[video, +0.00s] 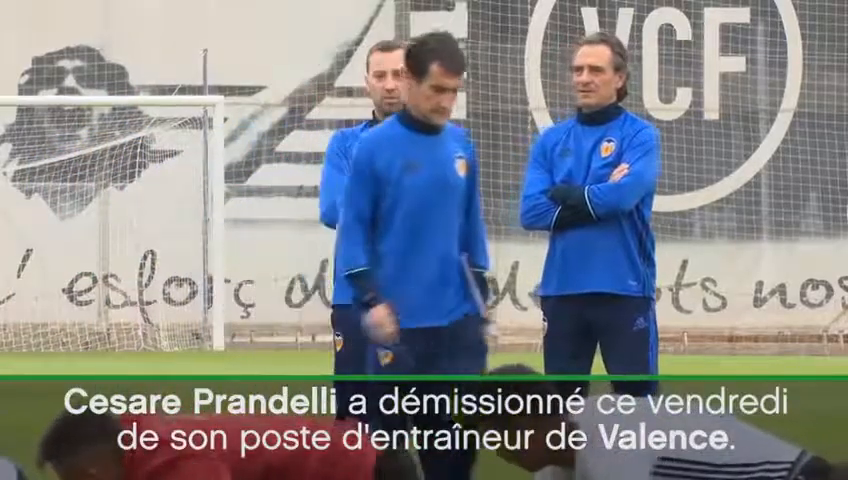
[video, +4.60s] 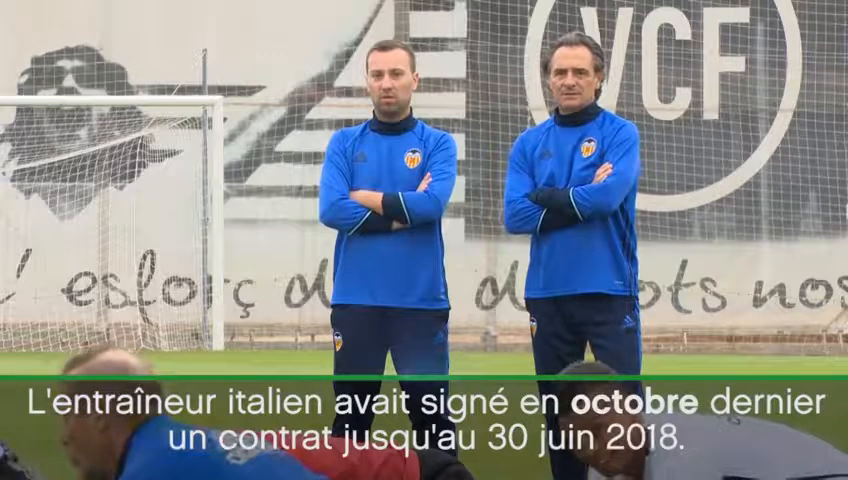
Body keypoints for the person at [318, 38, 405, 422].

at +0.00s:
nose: (389, 84)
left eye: (399, 74)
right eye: (380, 75)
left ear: (414, 80)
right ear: (367, 83)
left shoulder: (435, 141)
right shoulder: (346, 141)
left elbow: (448, 205)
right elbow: (331, 209)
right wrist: (393, 195)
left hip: (424, 293)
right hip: (358, 293)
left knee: (419, 407)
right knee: (356, 409)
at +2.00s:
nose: (386, 84)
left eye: (396, 75)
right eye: (376, 76)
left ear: (414, 82)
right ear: (366, 84)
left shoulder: (438, 142)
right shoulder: (343, 142)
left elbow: (433, 207)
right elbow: (332, 211)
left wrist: (361, 196)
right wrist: (407, 209)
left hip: (421, 300)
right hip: (357, 299)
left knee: (431, 415)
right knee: (351, 416)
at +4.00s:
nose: (386, 84)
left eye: (396, 75)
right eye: (377, 76)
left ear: (415, 81)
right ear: (368, 84)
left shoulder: (438, 143)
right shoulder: (344, 141)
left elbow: (431, 206)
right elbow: (331, 209)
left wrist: (360, 195)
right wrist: (402, 215)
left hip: (420, 302)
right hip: (356, 301)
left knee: (432, 419)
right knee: (351, 418)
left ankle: (440, 478)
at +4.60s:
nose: (386, 84)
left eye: (396, 74)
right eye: (377, 76)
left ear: (415, 81)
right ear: (368, 84)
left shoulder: (438, 142)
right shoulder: (344, 141)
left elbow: (431, 207)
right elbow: (331, 209)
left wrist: (359, 195)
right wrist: (402, 214)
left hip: (420, 302)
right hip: (356, 302)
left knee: (431, 419)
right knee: (351, 418)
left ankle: (440, 479)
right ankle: (347, 479)